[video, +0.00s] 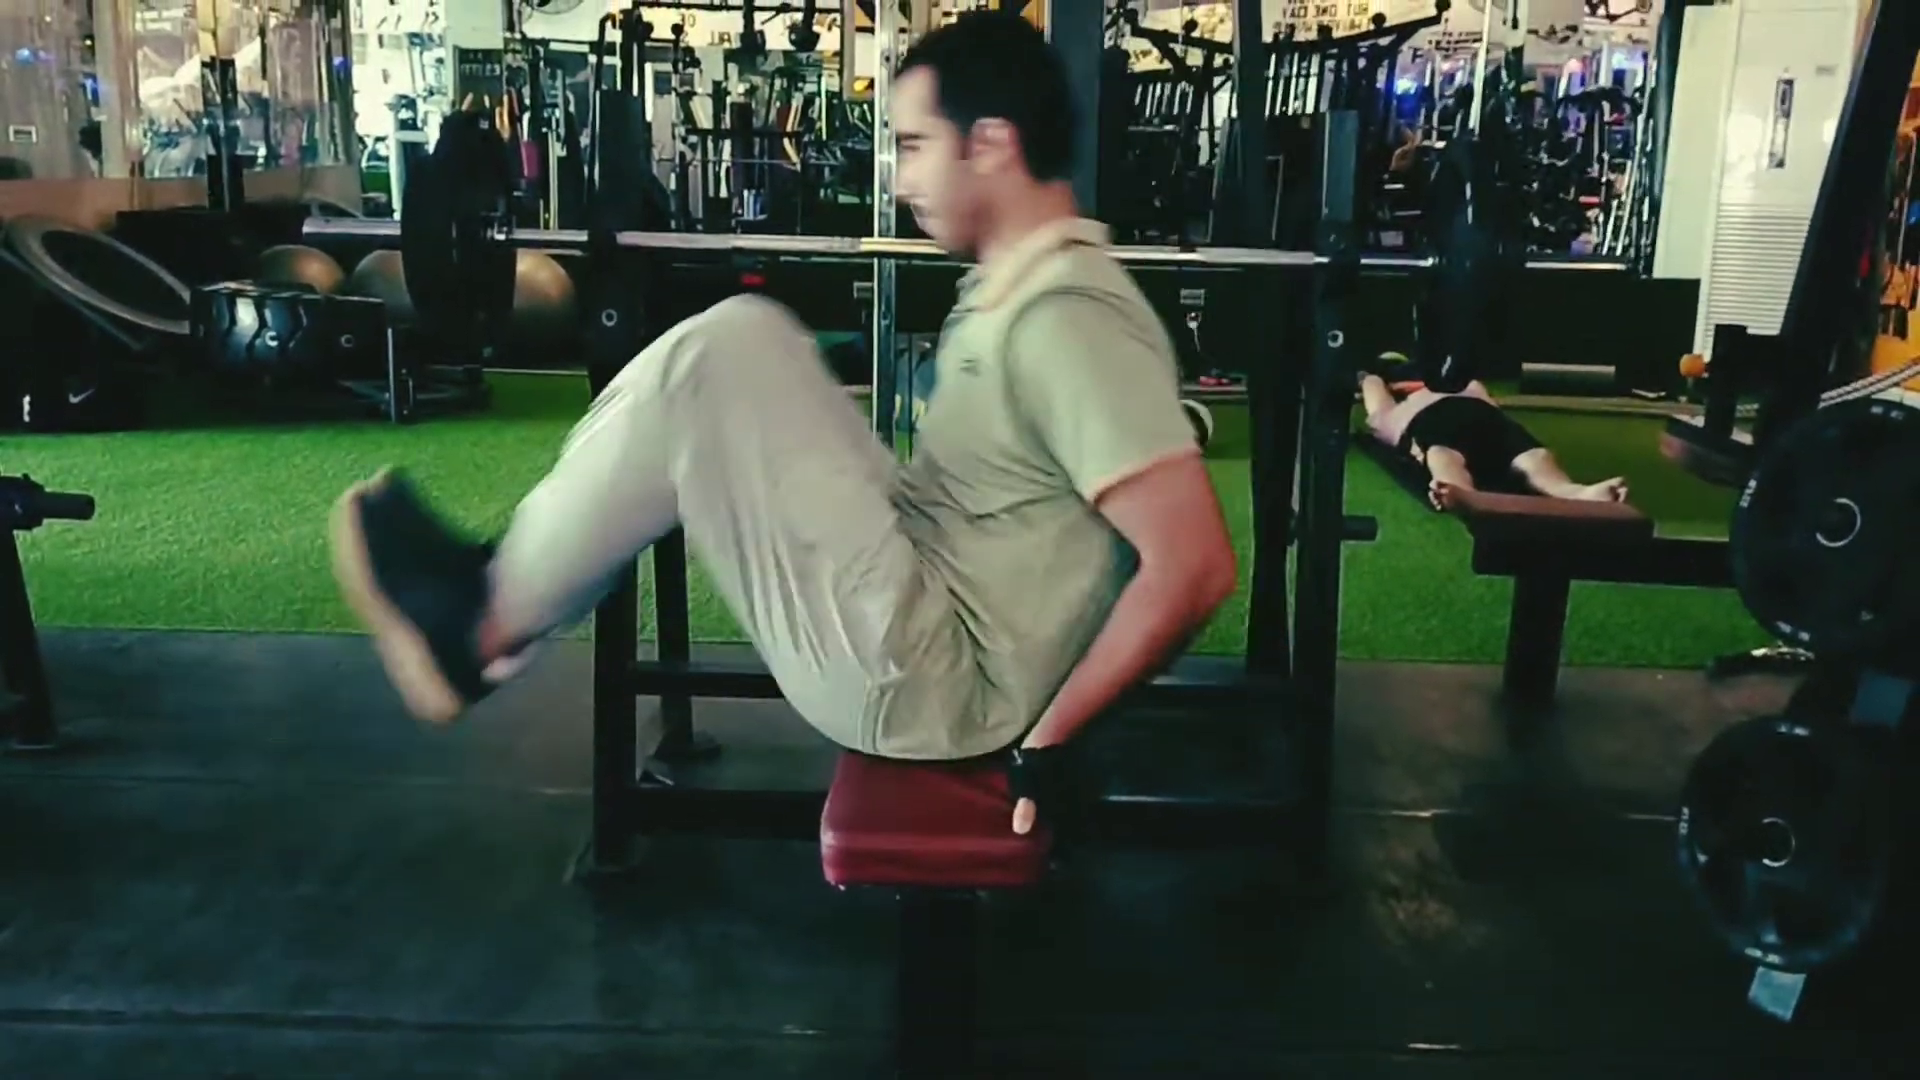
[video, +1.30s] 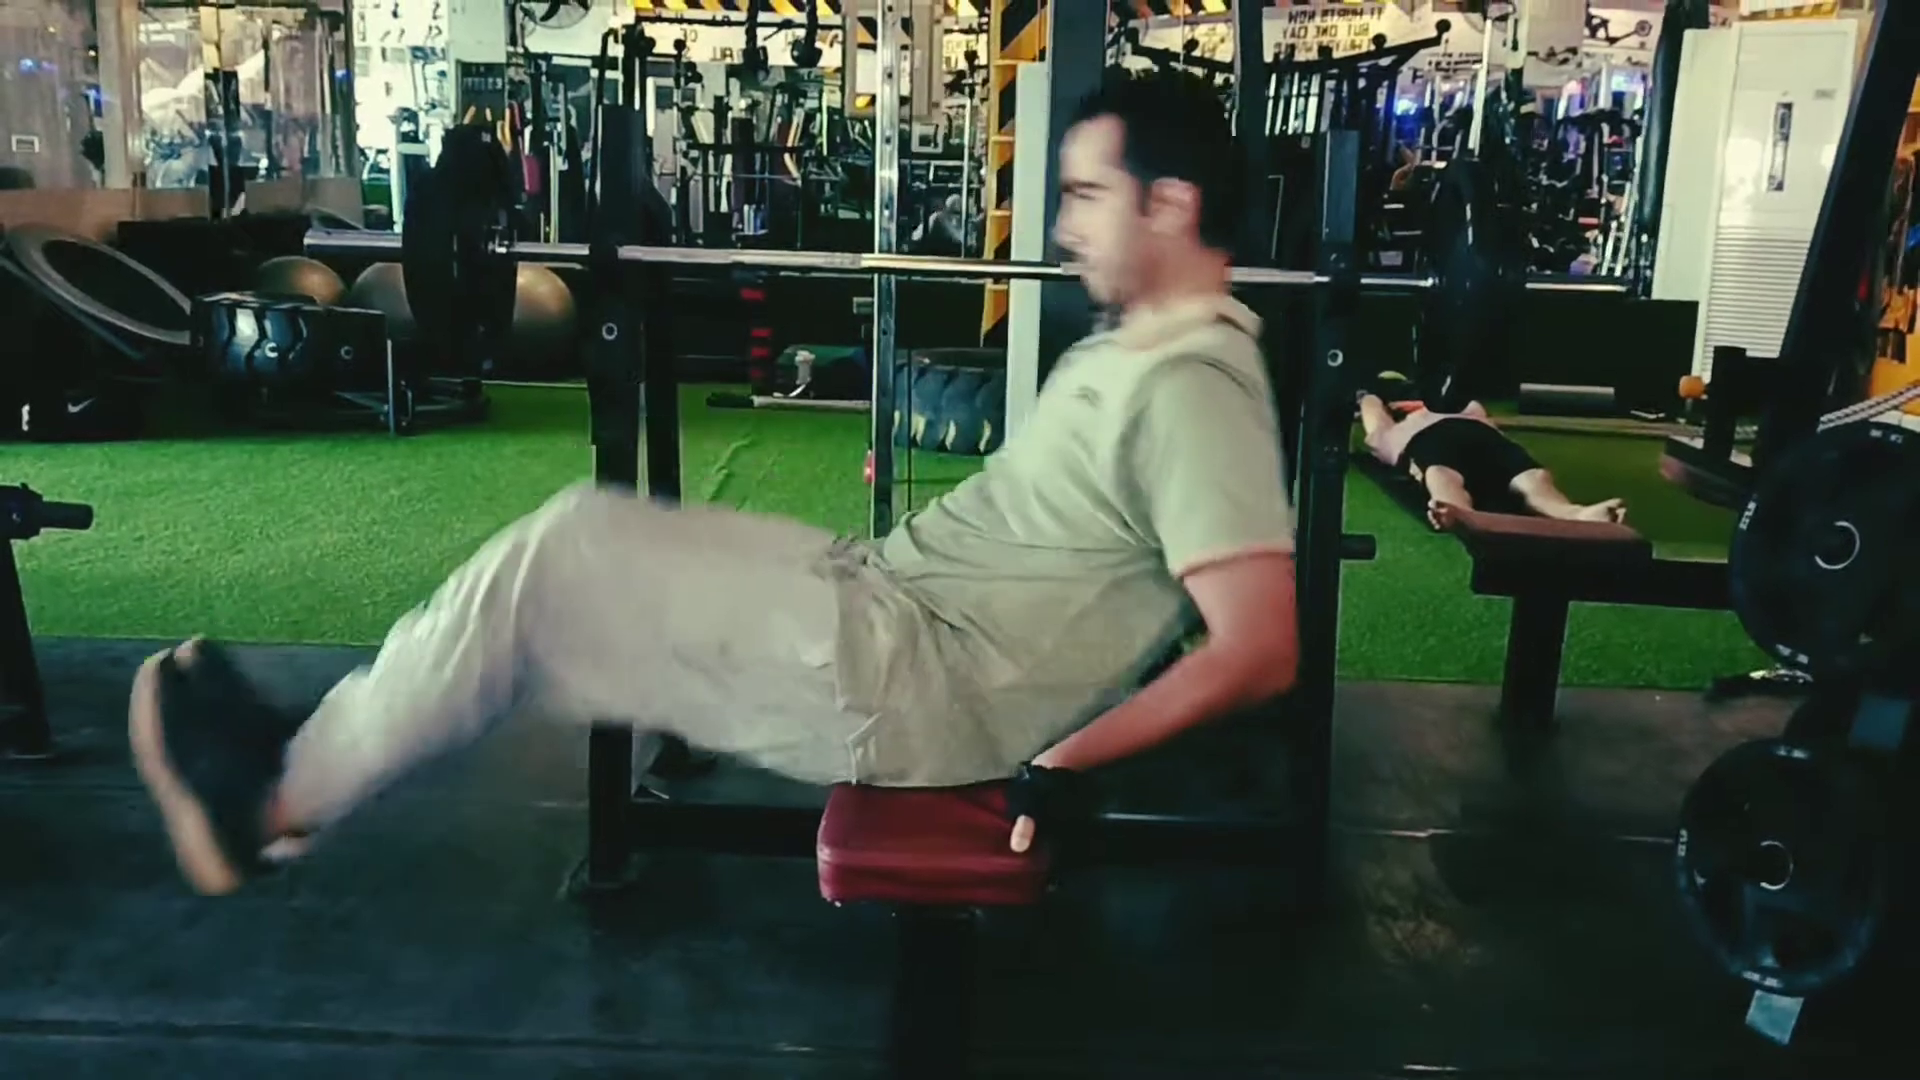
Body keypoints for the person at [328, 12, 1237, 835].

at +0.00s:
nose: (896, 181)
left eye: (911, 146)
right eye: (894, 150)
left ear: (995, 147)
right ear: (989, 150)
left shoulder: (1066, 309)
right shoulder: (1019, 293)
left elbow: (1190, 564)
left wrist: (1039, 744)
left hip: (937, 680)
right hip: (918, 646)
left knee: (730, 345)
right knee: (717, 348)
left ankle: (483, 632)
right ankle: (486, 610)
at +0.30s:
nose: (1013, 194)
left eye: (1031, 167)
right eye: (1013, 166)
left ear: (1119, 176)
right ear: (1110, 173)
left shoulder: (1159, 341)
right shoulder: (1111, 312)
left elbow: (1238, 611)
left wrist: (1047, 744)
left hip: (952, 675)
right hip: (931, 606)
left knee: (628, 453)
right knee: (652, 426)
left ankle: (385, 737)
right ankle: (411, 698)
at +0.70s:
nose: (1078, 203)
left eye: (1100, 176)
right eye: (1080, 177)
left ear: (1191, 187)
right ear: (1162, 191)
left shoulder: (1215, 358)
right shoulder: (1157, 328)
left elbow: (1250, 630)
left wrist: (1057, 751)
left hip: (954, 667)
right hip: (924, 610)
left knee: (611, 501)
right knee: (614, 492)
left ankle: (330, 750)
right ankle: (347, 722)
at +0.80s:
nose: (987, 186)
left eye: (1006, 154)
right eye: (986, 156)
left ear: (1096, 159)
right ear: (1088, 160)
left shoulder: (1156, 325)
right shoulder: (1081, 296)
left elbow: (1220, 598)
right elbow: (1032, 502)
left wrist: (1044, 760)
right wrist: (894, 525)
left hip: (963, 684)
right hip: (933, 630)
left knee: (678, 409)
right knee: (677, 410)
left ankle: (421, 688)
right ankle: (428, 674)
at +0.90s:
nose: (895, 185)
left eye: (908, 151)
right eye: (891, 154)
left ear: (990, 150)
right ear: (987, 152)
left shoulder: (1079, 312)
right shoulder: (1018, 295)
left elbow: (1192, 576)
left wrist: (1039, 758)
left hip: (948, 689)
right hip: (919, 658)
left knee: (747, 348)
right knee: (736, 348)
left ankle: (501, 637)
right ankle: (506, 608)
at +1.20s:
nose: (984, 199)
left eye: (1000, 169)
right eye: (984, 171)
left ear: (1087, 177)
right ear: (1083, 177)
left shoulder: (1131, 345)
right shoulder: (1083, 312)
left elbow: (1229, 612)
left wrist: (1042, 754)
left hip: (942, 687)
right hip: (918, 618)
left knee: (616, 463)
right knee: (642, 431)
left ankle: (374, 745)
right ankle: (394, 704)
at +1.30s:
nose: (1069, 228)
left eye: (1090, 200)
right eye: (1069, 201)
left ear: (1179, 209)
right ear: (1151, 212)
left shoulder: (1192, 375)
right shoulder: (1145, 348)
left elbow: (1258, 646)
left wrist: (1059, 763)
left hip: (931, 683)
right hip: (899, 612)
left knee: (564, 559)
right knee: (581, 531)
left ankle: (267, 814)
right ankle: (299, 776)